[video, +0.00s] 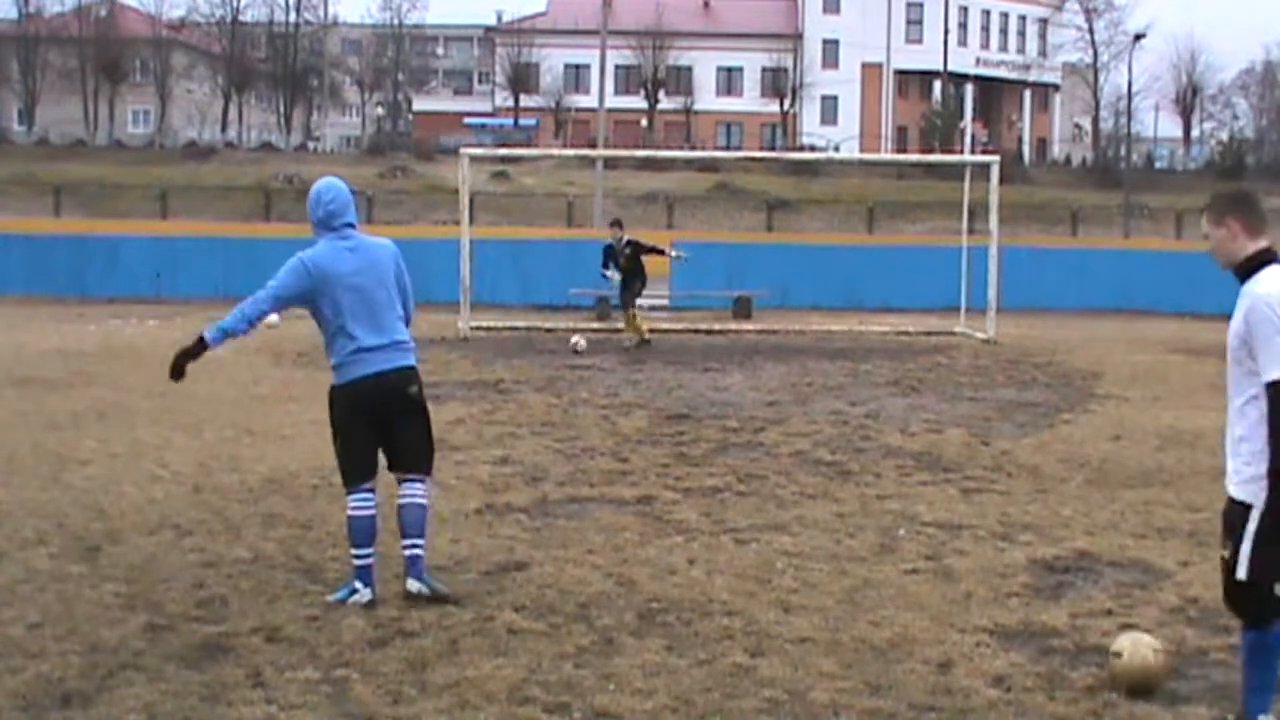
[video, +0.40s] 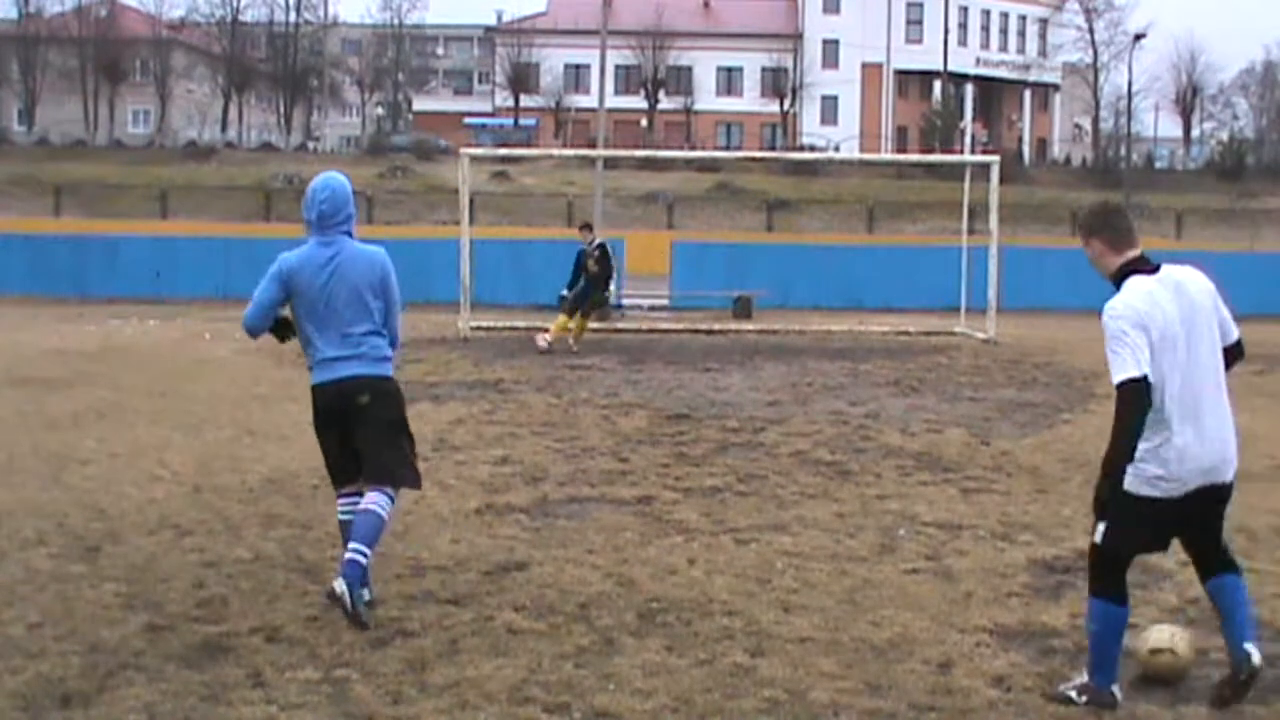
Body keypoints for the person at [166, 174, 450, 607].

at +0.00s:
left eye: (316, 210)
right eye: (349, 205)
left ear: (314, 216)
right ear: (353, 210)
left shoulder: (310, 263)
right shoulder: (386, 249)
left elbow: (257, 307)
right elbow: (407, 309)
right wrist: (386, 346)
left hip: (352, 389)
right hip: (401, 380)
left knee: (360, 484)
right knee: (414, 474)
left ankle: (364, 583)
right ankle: (416, 574)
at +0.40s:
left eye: (315, 207)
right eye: (348, 207)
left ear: (308, 213)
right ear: (351, 211)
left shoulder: (291, 262)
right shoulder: (376, 259)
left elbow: (253, 322)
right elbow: (392, 332)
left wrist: (279, 323)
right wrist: (375, 357)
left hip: (327, 391)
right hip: (376, 385)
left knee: (346, 484)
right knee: (383, 481)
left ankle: (357, 583)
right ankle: (351, 573)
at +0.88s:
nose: (352, 214)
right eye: (353, 206)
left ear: (309, 210)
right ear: (352, 211)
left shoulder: (281, 263)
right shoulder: (372, 264)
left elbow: (263, 332)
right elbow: (394, 338)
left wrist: (264, 379)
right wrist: (411, 392)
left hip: (297, 398)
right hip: (351, 399)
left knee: (304, 489)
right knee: (336, 505)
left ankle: (299, 589)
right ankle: (331, 610)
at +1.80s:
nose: (431, 215)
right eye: (430, 207)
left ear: (382, 206)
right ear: (428, 210)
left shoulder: (351, 264)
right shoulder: (443, 265)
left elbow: (326, 342)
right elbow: (468, 339)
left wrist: (318, 399)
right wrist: (493, 384)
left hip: (363, 407)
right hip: (414, 412)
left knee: (373, 514)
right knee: (410, 528)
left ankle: (350, 627)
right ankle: (395, 643)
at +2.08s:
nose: (451, 231)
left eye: (451, 224)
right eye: (449, 224)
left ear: (400, 218)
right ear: (440, 224)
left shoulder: (361, 277)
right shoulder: (443, 278)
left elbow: (337, 355)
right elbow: (466, 360)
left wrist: (319, 413)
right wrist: (495, 414)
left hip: (385, 430)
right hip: (440, 427)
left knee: (415, 530)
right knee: (490, 517)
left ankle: (416, 646)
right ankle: (446, 608)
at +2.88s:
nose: (525, 239)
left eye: (525, 230)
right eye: (524, 230)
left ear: (472, 220)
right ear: (511, 230)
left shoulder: (420, 270)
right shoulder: (504, 286)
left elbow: (386, 354)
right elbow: (505, 380)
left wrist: (402, 406)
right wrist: (529, 434)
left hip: (404, 429)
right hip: (463, 436)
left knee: (424, 542)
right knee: (473, 556)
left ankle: (406, 658)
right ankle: (459, 680)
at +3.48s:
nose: (500, 233)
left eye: (497, 222)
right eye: (496, 225)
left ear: (451, 222)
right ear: (483, 225)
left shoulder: (418, 272)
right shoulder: (478, 280)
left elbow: (414, 350)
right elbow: (475, 366)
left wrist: (468, 386)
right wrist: (494, 393)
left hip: (393, 429)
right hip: (446, 436)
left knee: (390, 559)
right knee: (484, 555)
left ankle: (366, 684)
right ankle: (454, 682)